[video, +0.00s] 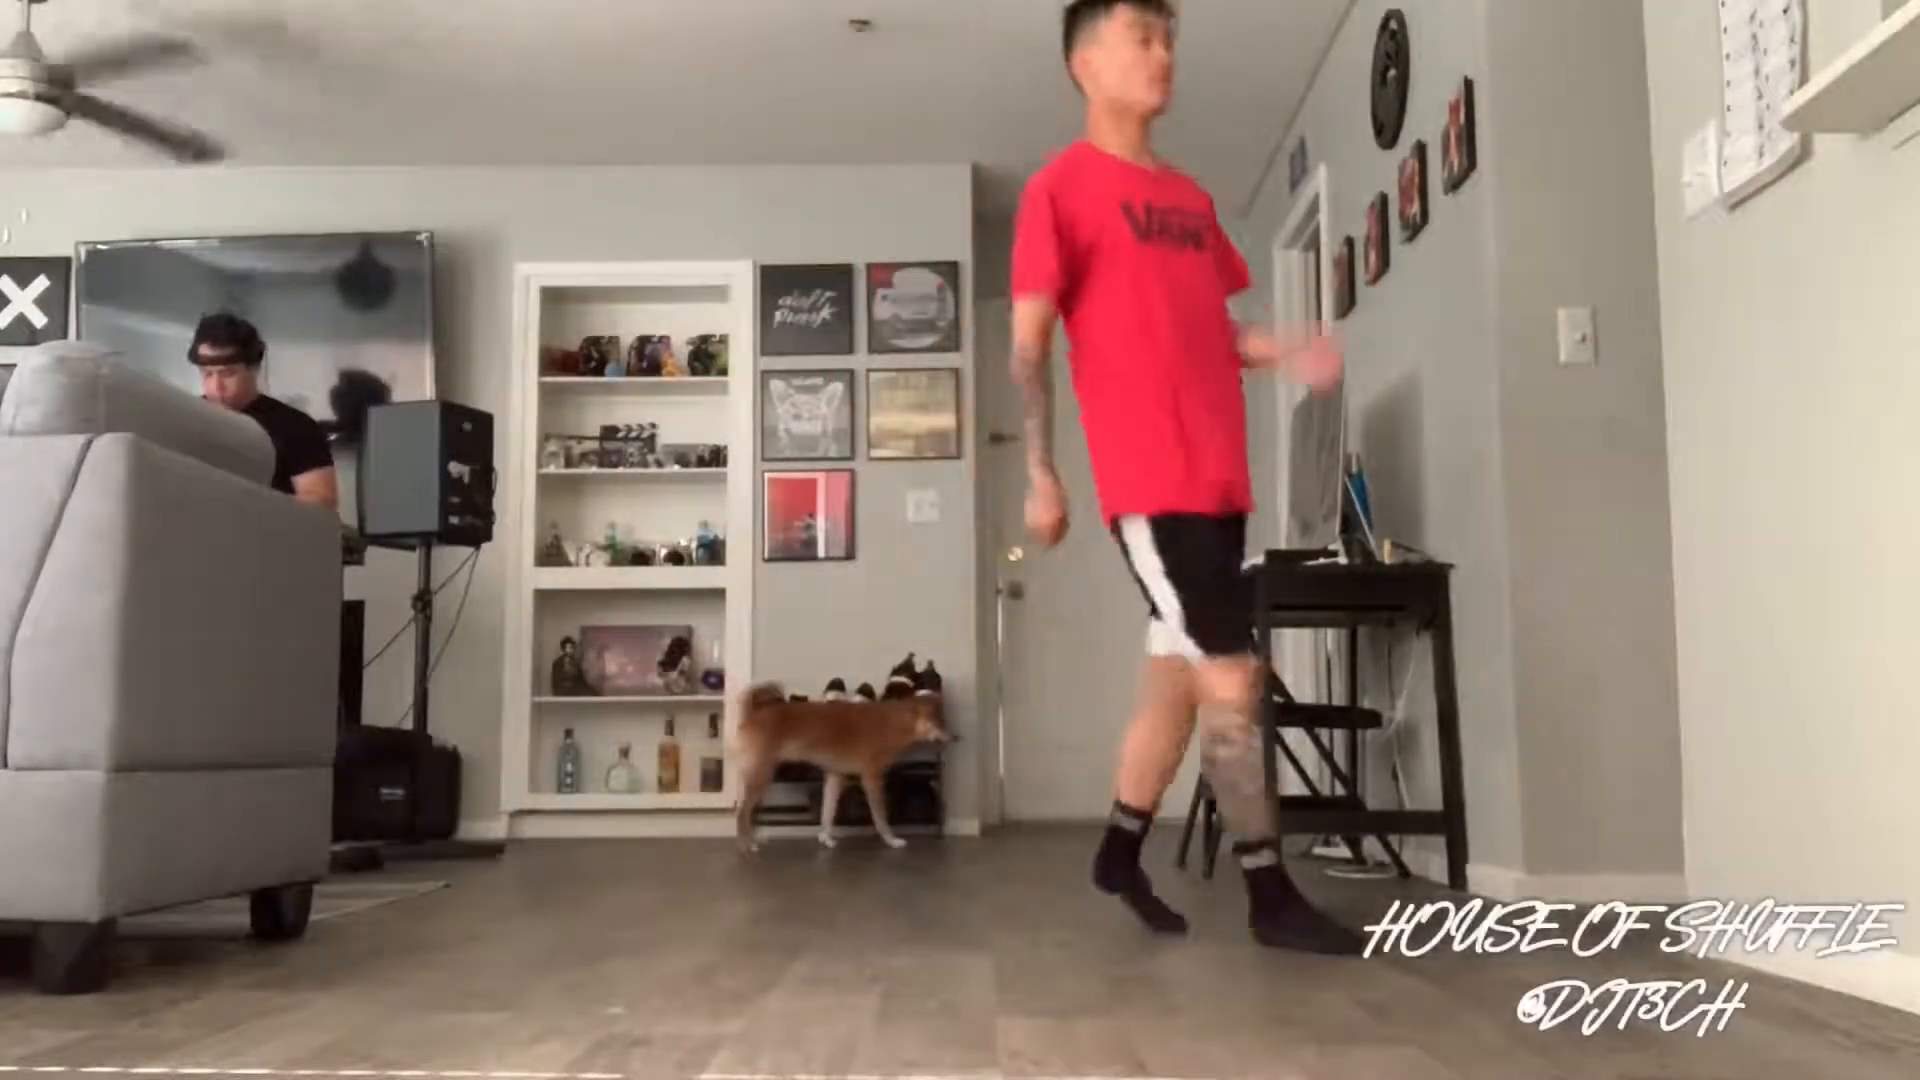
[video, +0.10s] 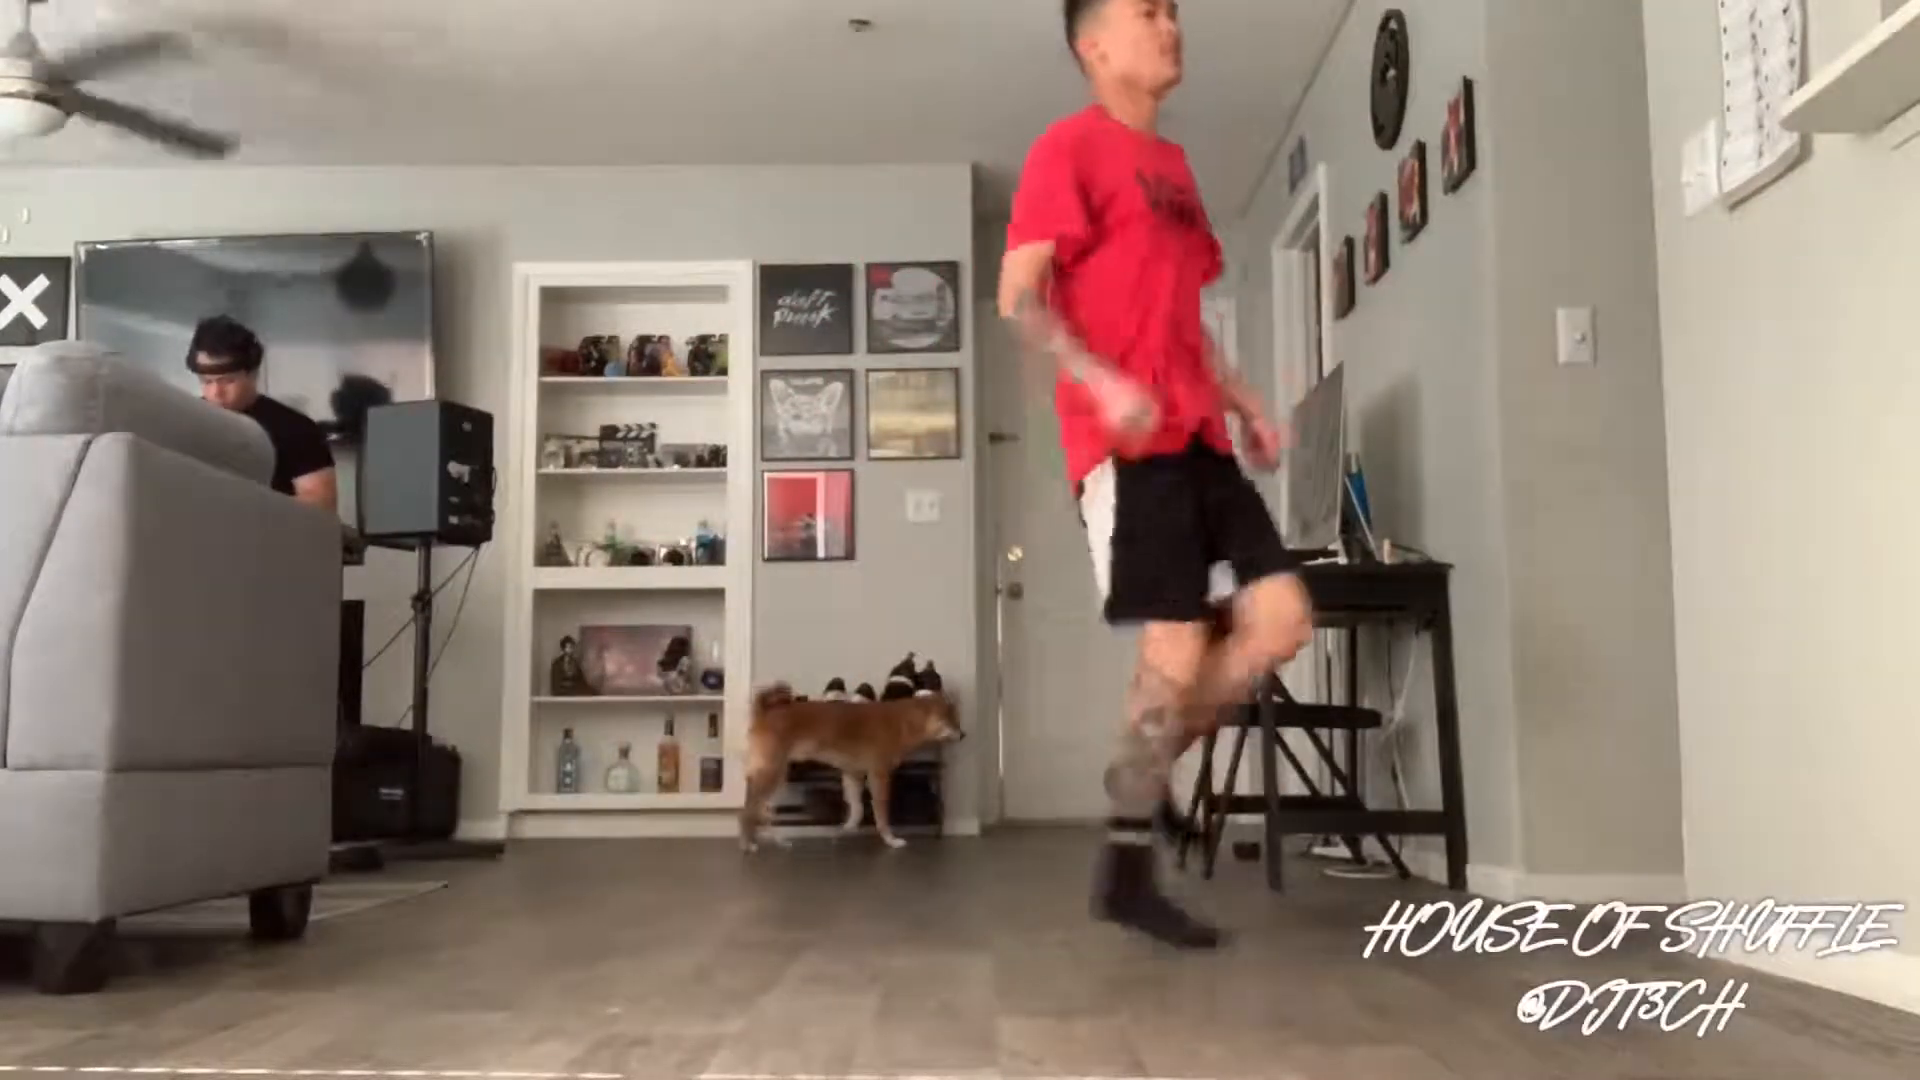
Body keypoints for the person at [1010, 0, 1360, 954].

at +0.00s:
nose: (1164, 57)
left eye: (1167, 42)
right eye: (1142, 40)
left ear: (1167, 63)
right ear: (1085, 65)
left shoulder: (1187, 194)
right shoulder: (1057, 187)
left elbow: (1214, 332)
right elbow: (1028, 342)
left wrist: (1284, 348)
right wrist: (1040, 474)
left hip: (1216, 467)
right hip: (1143, 471)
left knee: (1175, 678)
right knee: (1232, 671)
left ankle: (1118, 856)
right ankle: (1271, 894)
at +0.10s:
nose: (1172, 28)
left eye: (1172, 13)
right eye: (1149, 16)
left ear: (1164, 46)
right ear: (1093, 49)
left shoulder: (1169, 162)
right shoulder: (1068, 150)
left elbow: (1173, 311)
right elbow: (1018, 296)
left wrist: (1235, 397)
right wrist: (1102, 381)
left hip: (1194, 433)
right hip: (1126, 440)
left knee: (1281, 618)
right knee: (1173, 649)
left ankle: (1145, 762)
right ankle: (1127, 877)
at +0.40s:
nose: (1145, 71)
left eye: (1147, 59)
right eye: (1123, 56)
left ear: (1141, 90)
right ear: (1064, 82)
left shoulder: (1126, 210)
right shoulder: (1047, 189)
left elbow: (1120, 358)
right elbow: (1030, 331)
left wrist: (1167, 464)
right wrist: (1154, 350)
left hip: (1136, 477)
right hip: (1094, 475)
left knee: (1098, 688)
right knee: (1187, 670)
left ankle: (989, 861)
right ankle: (1184, 905)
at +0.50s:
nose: (1152, 66)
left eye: (1144, 47)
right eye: (1139, 46)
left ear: (1071, 71)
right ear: (1103, 60)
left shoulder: (1032, 165)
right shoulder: (1114, 146)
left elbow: (1013, 321)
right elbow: (1114, 306)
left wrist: (1132, 387)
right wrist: (1157, 378)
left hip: (1031, 448)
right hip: (1094, 446)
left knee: (1046, 655)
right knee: (1145, 657)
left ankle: (973, 861)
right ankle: (1157, 891)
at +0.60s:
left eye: (1039, 74)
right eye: (1114, 75)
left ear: (1032, 75)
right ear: (1122, 79)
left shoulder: (975, 170)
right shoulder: (1157, 179)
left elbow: (924, 303)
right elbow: (1172, 320)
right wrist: (1127, 371)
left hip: (977, 442)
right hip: (1080, 445)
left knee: (988, 630)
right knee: (1072, 667)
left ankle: (975, 816)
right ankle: (1063, 895)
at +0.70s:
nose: (991, 65)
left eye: (996, 49)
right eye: (997, 49)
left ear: (1018, 54)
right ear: (1082, 68)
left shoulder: (970, 149)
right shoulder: (1128, 178)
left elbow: (918, 289)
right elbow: (1172, 311)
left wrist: (931, 323)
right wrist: (1102, 369)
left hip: (970, 446)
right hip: (1074, 464)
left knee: (875, 606)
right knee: (1061, 664)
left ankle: (965, 742)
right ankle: (1077, 886)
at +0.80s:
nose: (940, 62)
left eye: (952, 42)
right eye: (947, 42)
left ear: (995, 53)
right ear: (1021, 59)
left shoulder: (961, 139)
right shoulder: (1086, 179)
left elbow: (927, 263)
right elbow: (1126, 324)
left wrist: (848, 313)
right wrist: (1031, 364)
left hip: (963, 443)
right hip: (1050, 463)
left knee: (859, 625)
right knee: (1016, 665)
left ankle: (928, 828)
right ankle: (1049, 864)